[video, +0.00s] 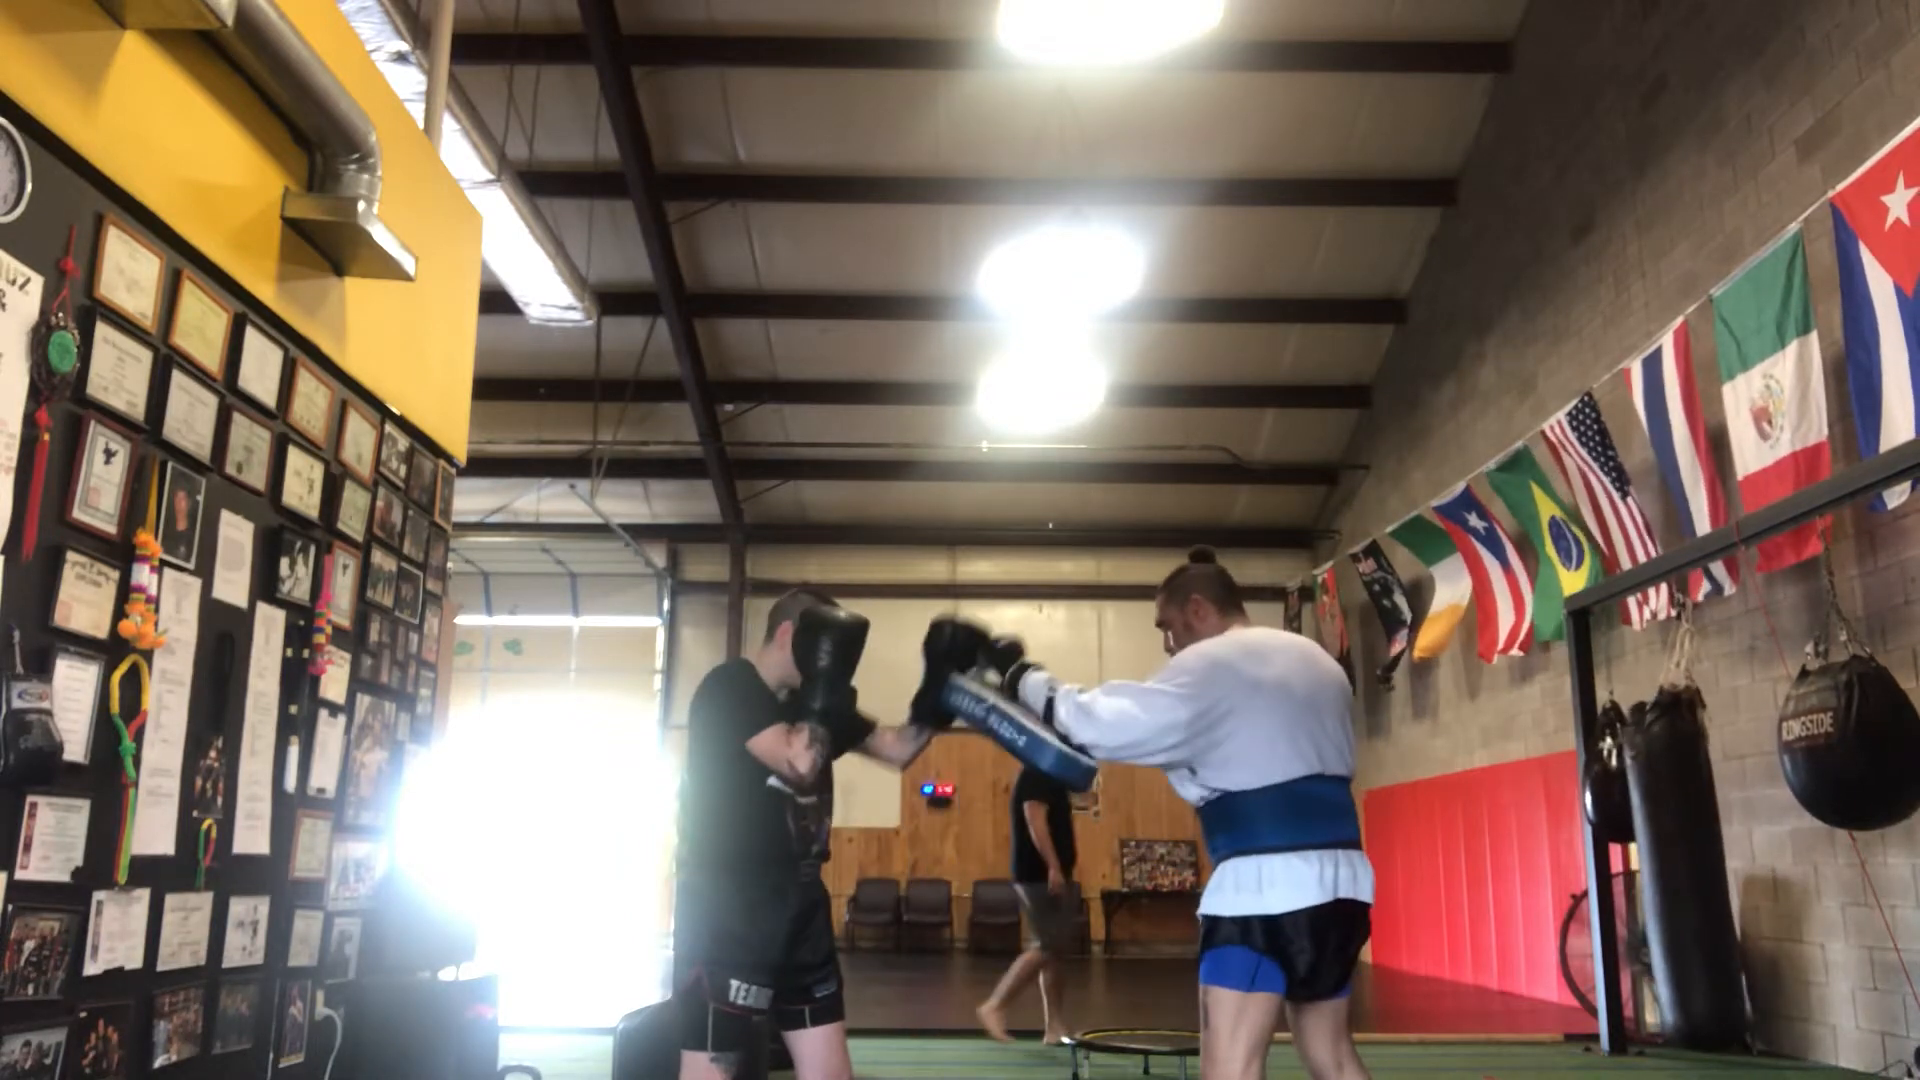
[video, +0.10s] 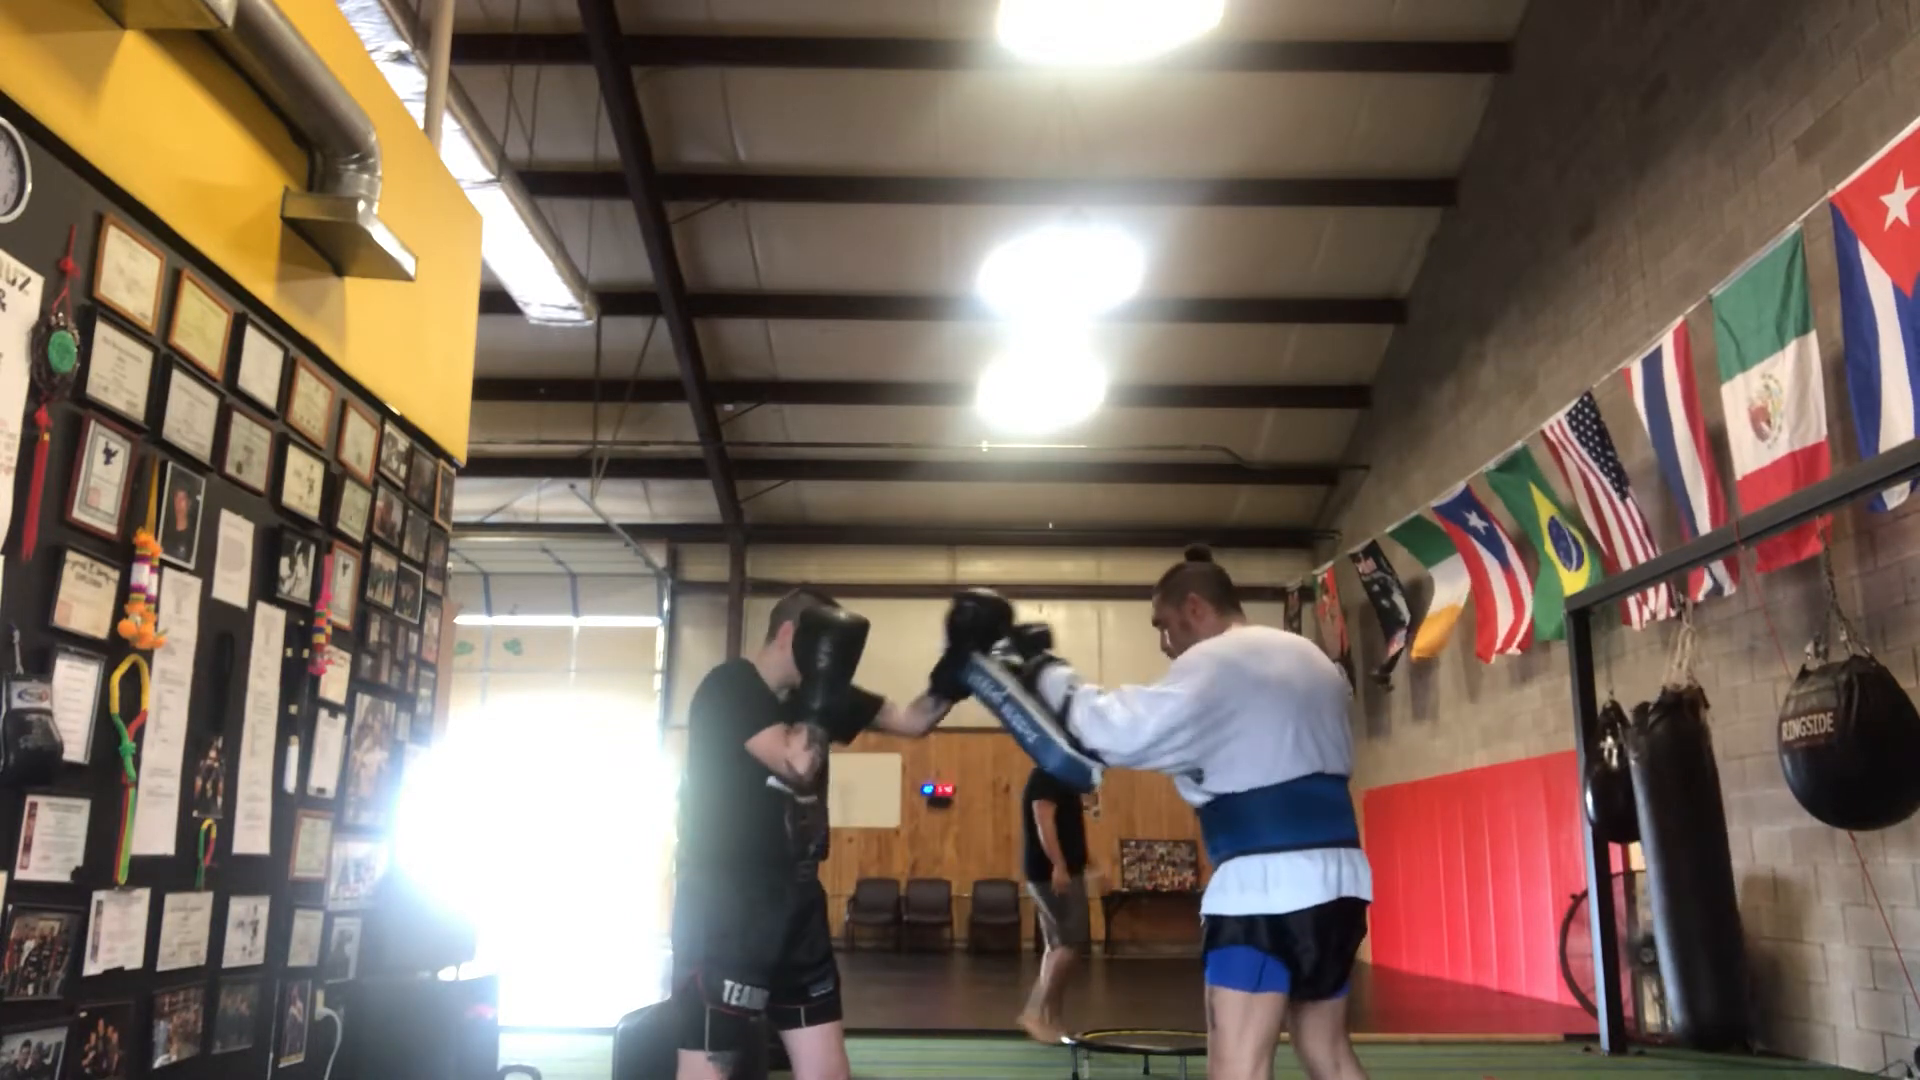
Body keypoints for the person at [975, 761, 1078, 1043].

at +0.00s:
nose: (1074, 752)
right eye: (1069, 745)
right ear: (1055, 744)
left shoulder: (1052, 778)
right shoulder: (1037, 775)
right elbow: (1036, 822)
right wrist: (1054, 866)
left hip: (1049, 876)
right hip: (1034, 875)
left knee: (1054, 952)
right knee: (1045, 947)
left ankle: (1054, 1027)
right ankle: (993, 1007)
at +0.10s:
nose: (1082, 758)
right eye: (1078, 751)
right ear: (1065, 750)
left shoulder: (1065, 781)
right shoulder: (1046, 779)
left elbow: (1069, 826)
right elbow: (1045, 824)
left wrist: (1085, 862)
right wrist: (1058, 865)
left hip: (1060, 872)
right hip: (1051, 873)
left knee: (1057, 947)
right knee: (1069, 943)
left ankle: (1052, 1018)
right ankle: (1034, 1012)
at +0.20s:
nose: (1094, 754)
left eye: (1095, 747)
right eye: (1091, 746)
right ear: (1079, 745)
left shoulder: (1078, 782)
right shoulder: (1057, 777)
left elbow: (1083, 836)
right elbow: (1052, 823)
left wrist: (1119, 856)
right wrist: (1066, 865)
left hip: (1058, 878)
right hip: (1071, 878)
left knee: (1058, 950)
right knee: (1090, 948)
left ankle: (1054, 1027)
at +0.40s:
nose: (1117, 752)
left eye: (1116, 745)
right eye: (1114, 745)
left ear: (1088, 743)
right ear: (1106, 746)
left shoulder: (1110, 775)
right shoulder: (1089, 777)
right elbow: (1073, 827)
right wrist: (1086, 876)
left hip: (1086, 876)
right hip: (1105, 876)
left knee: (1073, 950)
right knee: (1121, 950)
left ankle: (1054, 1025)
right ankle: (1137, 1028)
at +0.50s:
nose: (1129, 745)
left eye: (1127, 738)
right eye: (1127, 739)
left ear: (1101, 739)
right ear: (1121, 740)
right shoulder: (1104, 775)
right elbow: (1095, 829)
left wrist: (1144, 870)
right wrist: (1100, 880)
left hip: (1101, 879)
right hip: (1122, 879)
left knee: (1092, 952)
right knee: (1135, 954)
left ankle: (1059, 1021)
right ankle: (1140, 1030)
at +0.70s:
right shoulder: (1123, 781)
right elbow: (1123, 833)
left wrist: (1155, 875)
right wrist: (1135, 877)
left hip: (1149, 875)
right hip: (1125, 878)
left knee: (1147, 947)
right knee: (1138, 949)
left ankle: (1098, 1002)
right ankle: (1141, 1025)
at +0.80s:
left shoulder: (1153, 780)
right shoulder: (1132, 781)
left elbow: (1161, 830)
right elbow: (1140, 831)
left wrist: (1176, 864)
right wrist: (1163, 874)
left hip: (1160, 875)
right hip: (1136, 876)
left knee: (1177, 943)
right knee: (1141, 948)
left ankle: (1137, 1004)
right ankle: (1140, 1022)